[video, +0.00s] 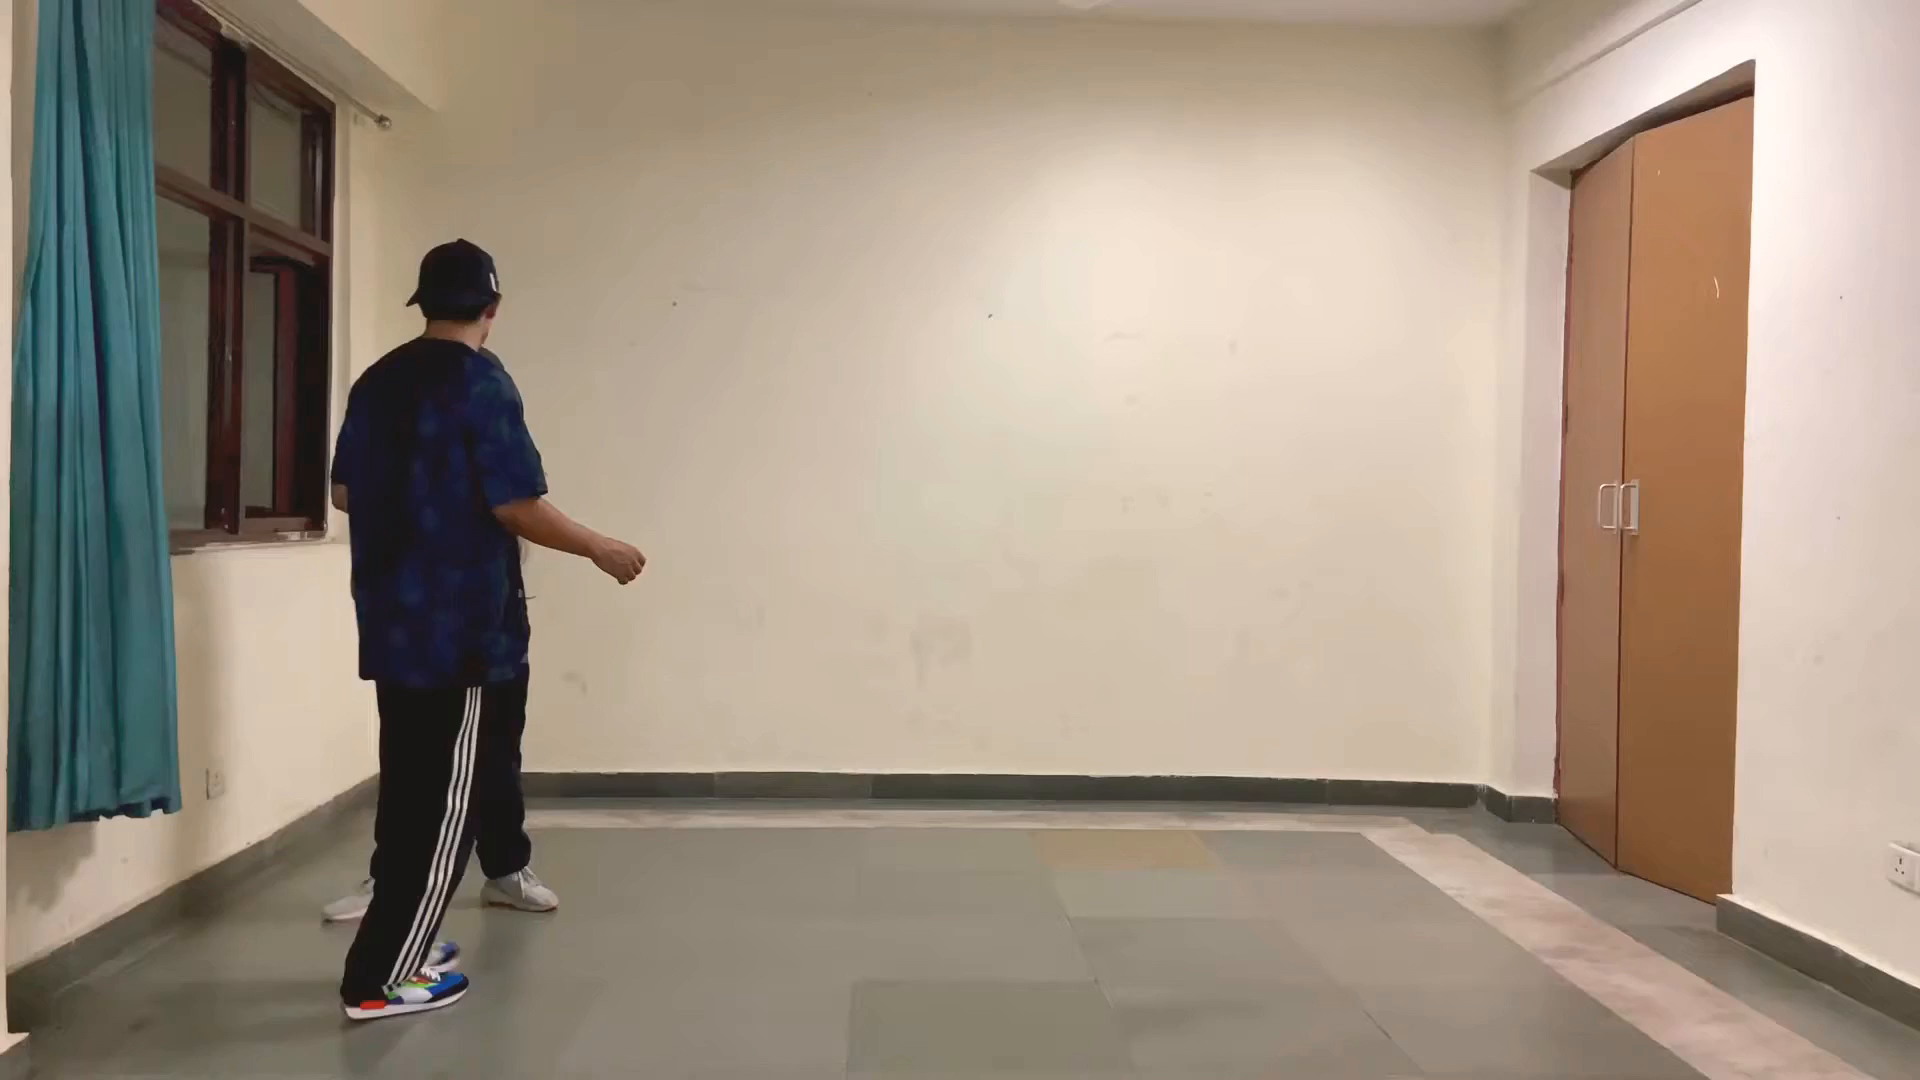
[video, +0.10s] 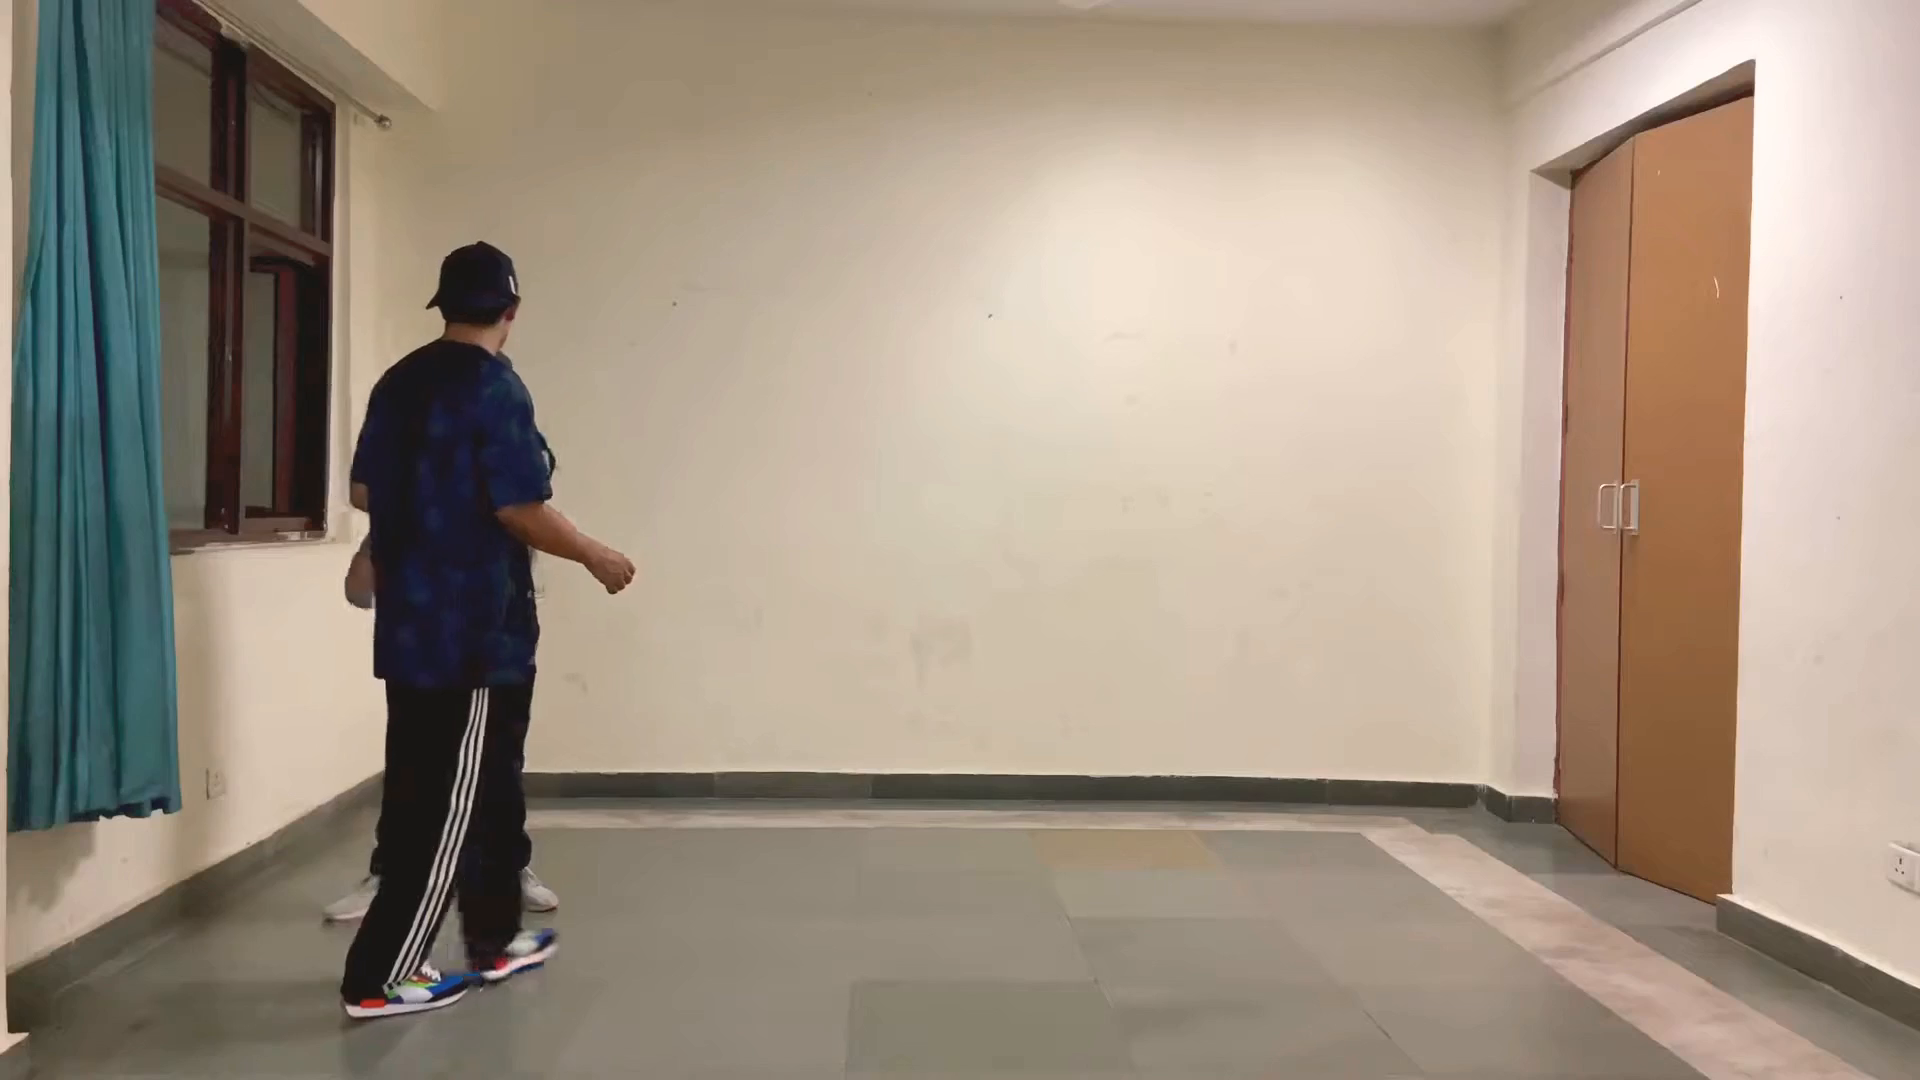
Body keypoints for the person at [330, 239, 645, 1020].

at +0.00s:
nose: (496, 317)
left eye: (489, 306)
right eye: (496, 306)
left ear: (423, 306)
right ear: (489, 308)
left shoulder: (376, 379)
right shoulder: (480, 379)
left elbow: (350, 489)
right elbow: (515, 504)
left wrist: (433, 521)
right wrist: (599, 547)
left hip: (394, 625)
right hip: (460, 628)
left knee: (410, 787)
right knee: (447, 801)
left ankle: (400, 942)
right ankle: (380, 981)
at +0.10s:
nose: (515, 317)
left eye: (505, 306)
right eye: (516, 306)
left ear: (444, 307)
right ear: (511, 308)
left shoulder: (396, 382)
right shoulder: (496, 388)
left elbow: (366, 490)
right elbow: (518, 506)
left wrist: (449, 517)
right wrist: (592, 554)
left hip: (409, 627)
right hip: (478, 632)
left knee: (487, 790)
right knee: (446, 803)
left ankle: (494, 941)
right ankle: (381, 979)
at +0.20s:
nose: (532, 322)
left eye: (526, 311)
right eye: (534, 312)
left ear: (460, 312)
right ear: (529, 314)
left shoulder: (419, 388)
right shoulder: (509, 393)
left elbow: (387, 503)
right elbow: (522, 514)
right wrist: (585, 574)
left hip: (428, 631)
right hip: (487, 635)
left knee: (502, 793)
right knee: (449, 807)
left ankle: (570, 929)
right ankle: (381, 978)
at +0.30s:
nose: (555, 326)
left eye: (546, 316)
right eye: (555, 315)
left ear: (483, 321)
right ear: (547, 317)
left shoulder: (448, 393)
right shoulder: (528, 398)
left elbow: (405, 515)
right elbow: (531, 527)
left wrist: (318, 542)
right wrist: (576, 592)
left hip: (445, 633)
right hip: (496, 640)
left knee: (535, 796)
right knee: (459, 817)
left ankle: (597, 934)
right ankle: (381, 974)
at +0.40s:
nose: (575, 328)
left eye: (566, 317)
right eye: (574, 316)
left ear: (505, 323)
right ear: (567, 318)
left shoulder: (477, 392)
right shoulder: (550, 398)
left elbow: (454, 510)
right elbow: (547, 519)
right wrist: (579, 617)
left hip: (478, 620)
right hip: (518, 625)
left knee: (553, 786)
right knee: (481, 803)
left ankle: (603, 933)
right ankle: (385, 965)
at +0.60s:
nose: (626, 330)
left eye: (619, 320)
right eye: (626, 320)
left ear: (559, 323)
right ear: (618, 321)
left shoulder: (535, 388)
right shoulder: (596, 391)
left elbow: (502, 486)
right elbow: (610, 500)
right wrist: (638, 600)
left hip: (537, 610)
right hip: (583, 612)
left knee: (574, 782)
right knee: (564, 783)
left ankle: (603, 936)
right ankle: (425, 919)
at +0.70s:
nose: (651, 334)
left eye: (645, 322)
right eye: (650, 323)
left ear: (585, 326)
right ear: (640, 325)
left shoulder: (561, 390)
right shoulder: (608, 391)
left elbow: (586, 509)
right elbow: (634, 496)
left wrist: (655, 560)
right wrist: (691, 573)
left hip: (567, 612)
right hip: (608, 616)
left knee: (587, 775)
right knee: (624, 778)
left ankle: (603, 938)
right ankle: (483, 903)